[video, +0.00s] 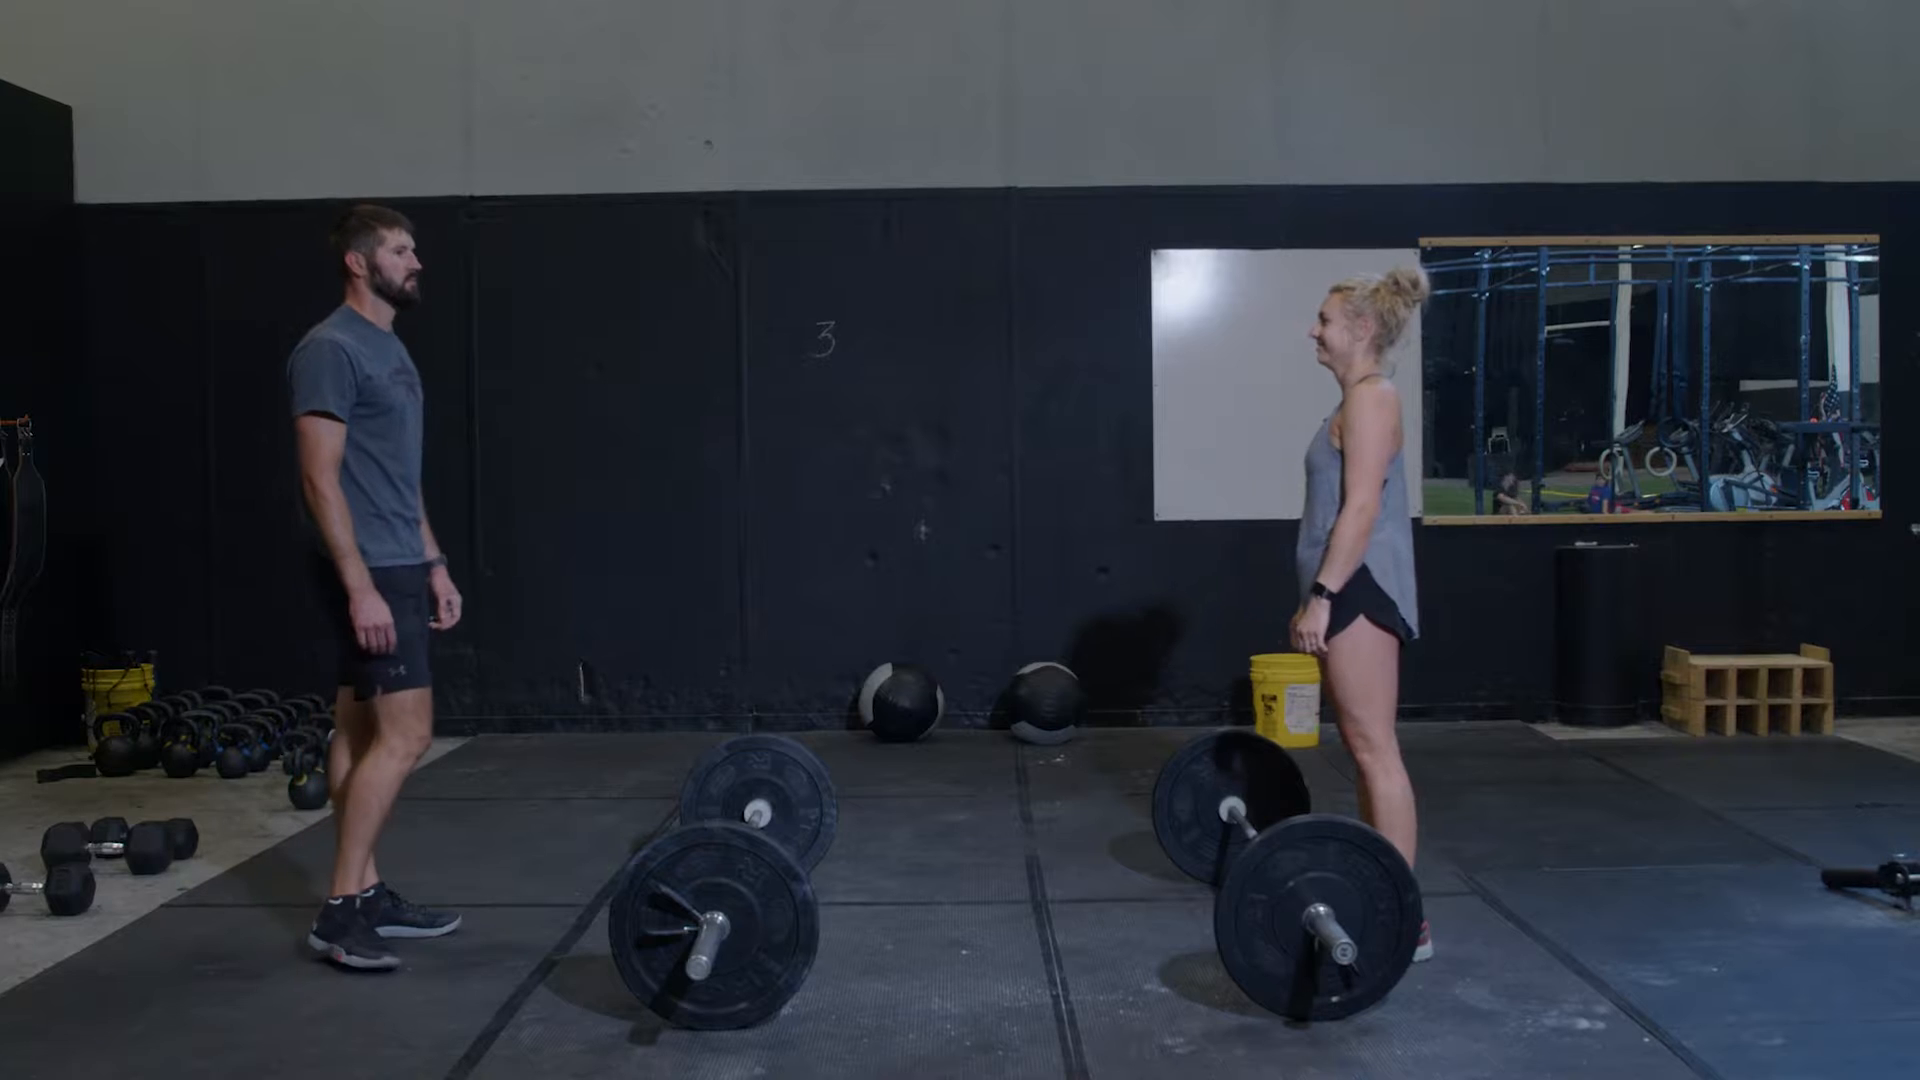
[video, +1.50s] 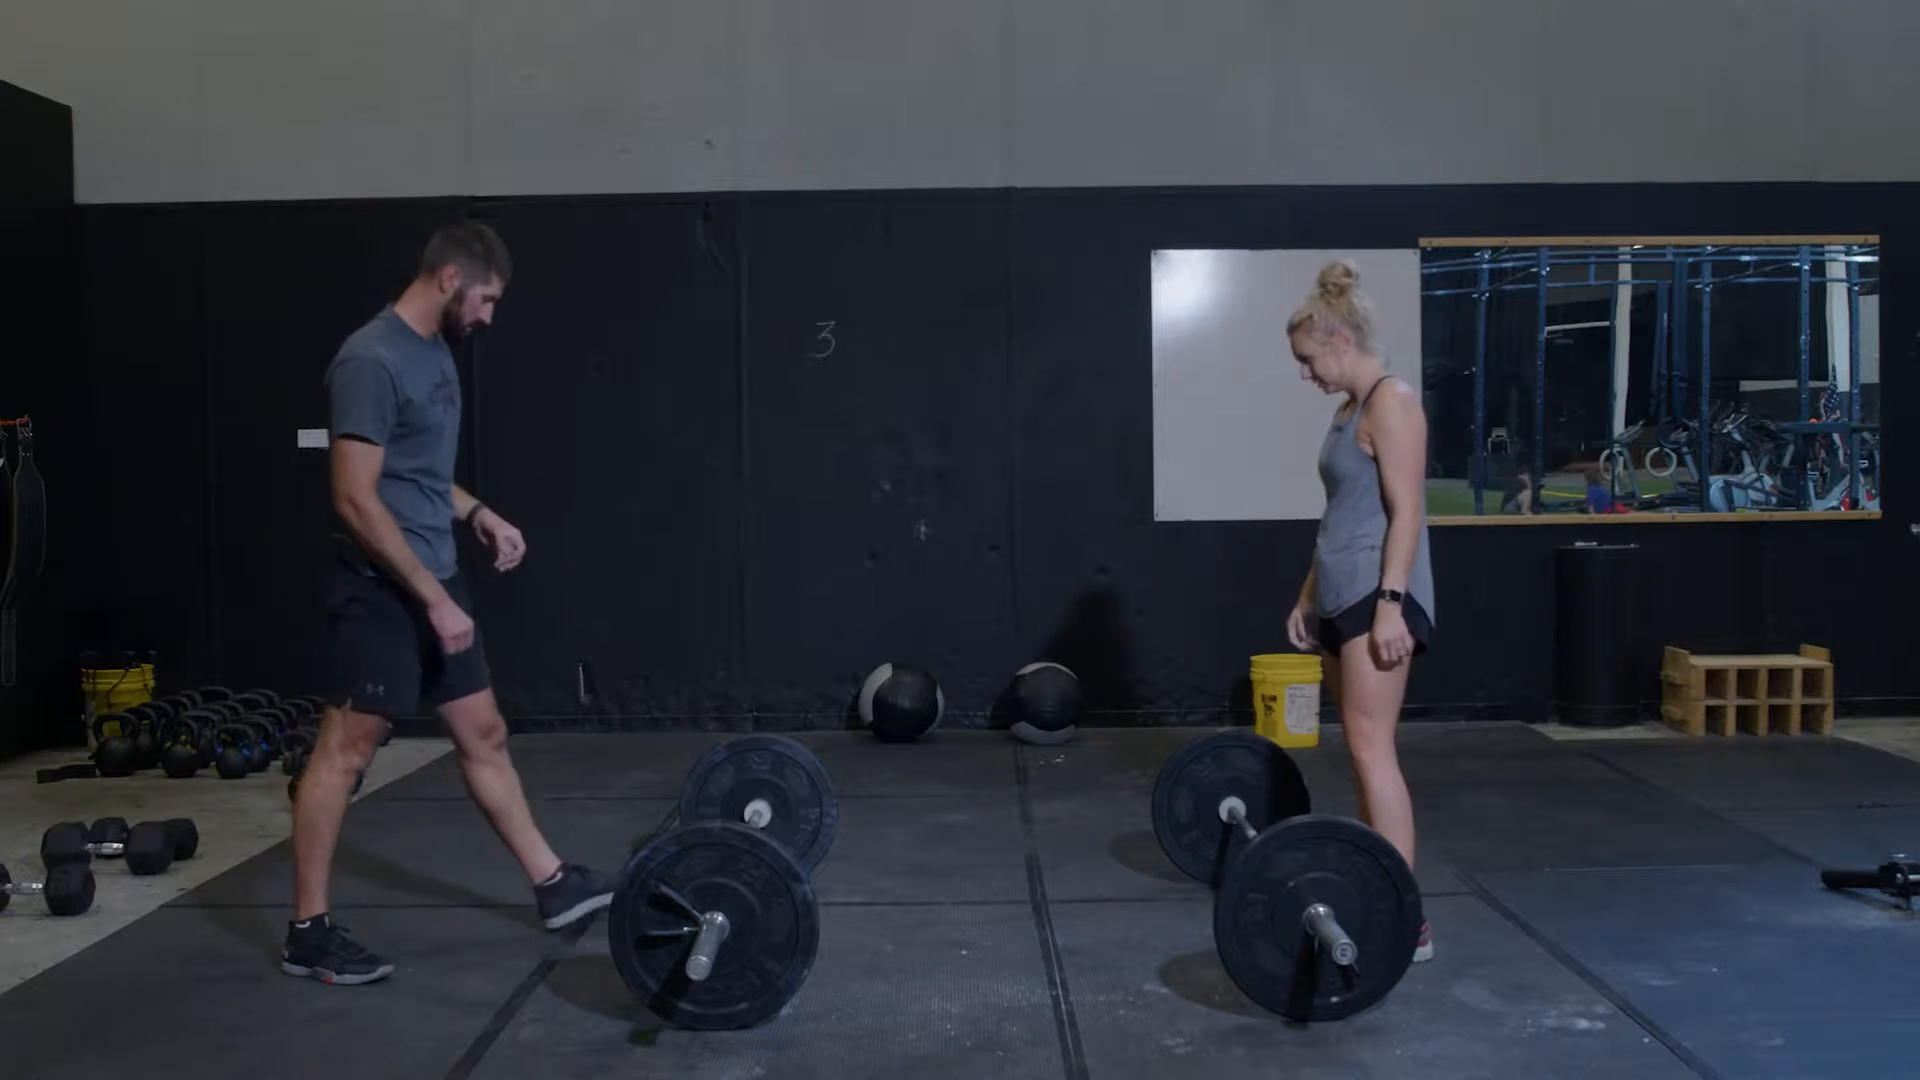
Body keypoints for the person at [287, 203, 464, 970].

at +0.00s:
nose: (415, 264)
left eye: (414, 253)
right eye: (401, 252)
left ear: (381, 265)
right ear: (359, 262)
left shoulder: (388, 348)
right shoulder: (328, 348)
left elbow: (400, 475)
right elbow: (320, 479)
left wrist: (432, 563)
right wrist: (359, 587)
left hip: (394, 565)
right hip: (367, 569)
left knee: (355, 729)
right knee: (406, 732)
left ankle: (366, 894)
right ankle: (341, 908)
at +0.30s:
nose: (417, 264)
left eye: (417, 253)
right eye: (403, 253)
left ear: (389, 267)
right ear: (361, 265)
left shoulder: (388, 348)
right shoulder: (333, 346)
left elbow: (396, 475)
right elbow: (315, 473)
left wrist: (434, 560)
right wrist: (348, 586)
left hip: (396, 564)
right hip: (367, 567)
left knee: (357, 730)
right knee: (389, 735)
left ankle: (364, 896)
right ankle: (320, 913)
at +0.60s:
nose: (406, 260)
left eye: (406, 249)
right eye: (391, 249)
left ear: (386, 265)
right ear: (349, 262)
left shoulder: (376, 343)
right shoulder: (323, 341)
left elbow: (371, 458)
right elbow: (290, 461)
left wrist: (432, 505)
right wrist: (399, 528)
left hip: (387, 569)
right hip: (350, 573)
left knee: (370, 732)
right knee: (343, 742)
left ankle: (365, 900)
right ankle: (308, 930)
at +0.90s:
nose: (396, 257)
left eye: (396, 245)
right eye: (381, 245)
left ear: (381, 260)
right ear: (337, 257)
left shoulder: (376, 345)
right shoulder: (306, 342)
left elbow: (372, 458)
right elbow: (284, 468)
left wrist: (430, 488)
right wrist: (404, 509)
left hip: (380, 570)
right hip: (333, 574)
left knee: (370, 735)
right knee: (326, 743)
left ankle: (364, 901)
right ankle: (306, 929)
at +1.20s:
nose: (421, 289)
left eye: (425, 275)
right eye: (414, 273)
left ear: (382, 268)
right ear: (370, 263)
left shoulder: (376, 343)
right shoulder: (308, 351)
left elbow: (368, 455)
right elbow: (298, 485)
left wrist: (426, 498)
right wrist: (414, 543)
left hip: (399, 570)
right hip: (340, 579)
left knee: (461, 714)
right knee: (323, 745)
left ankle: (391, 868)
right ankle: (306, 926)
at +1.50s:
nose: (488, 316)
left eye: (493, 303)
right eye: (485, 300)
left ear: (453, 285)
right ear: (448, 281)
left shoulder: (436, 355)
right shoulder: (370, 360)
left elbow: (422, 470)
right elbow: (352, 497)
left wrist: (480, 517)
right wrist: (433, 596)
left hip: (433, 579)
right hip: (374, 583)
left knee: (483, 735)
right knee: (344, 749)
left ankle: (553, 883)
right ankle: (309, 927)